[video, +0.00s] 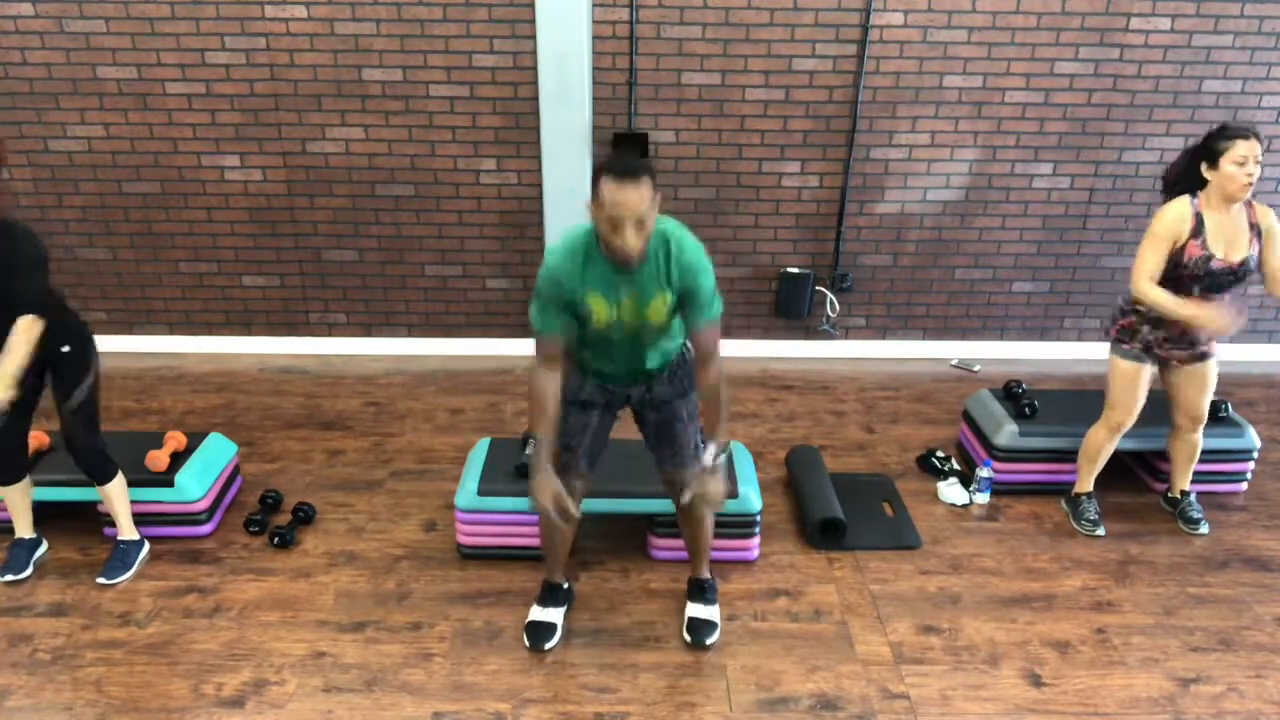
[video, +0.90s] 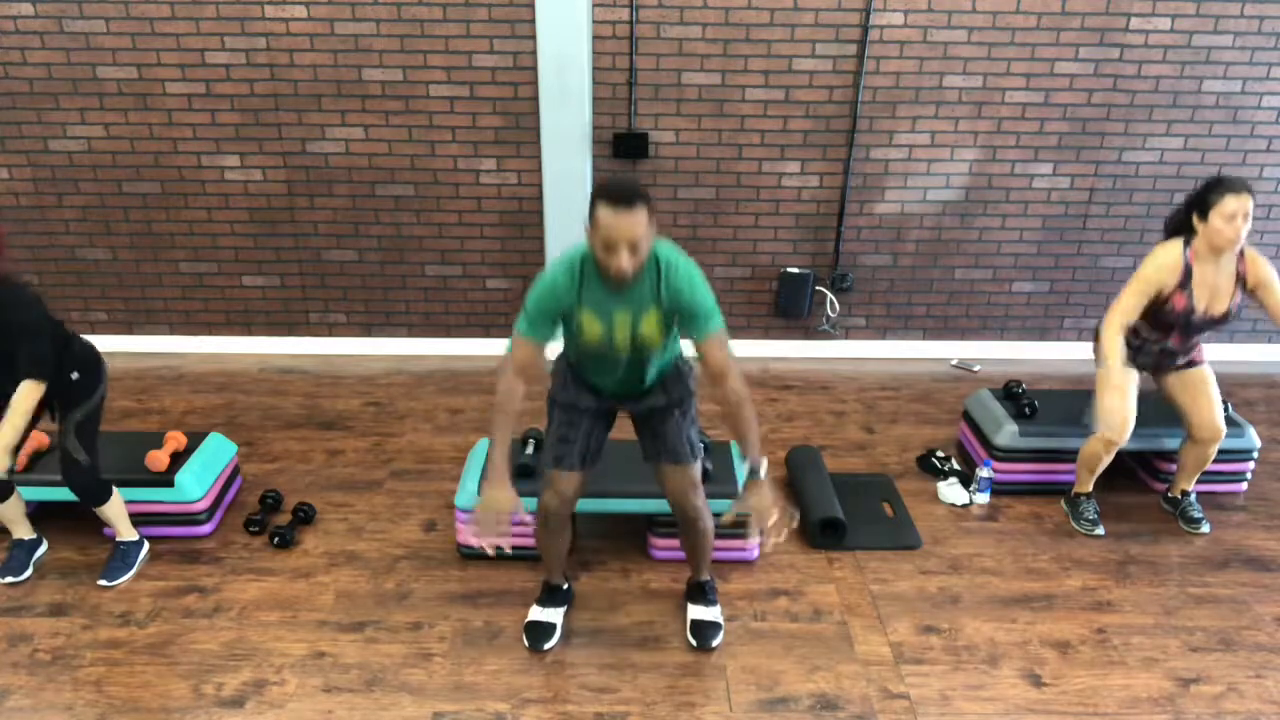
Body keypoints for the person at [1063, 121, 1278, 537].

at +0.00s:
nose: (1252, 172)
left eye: (1256, 163)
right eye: (1241, 163)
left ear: (1260, 167)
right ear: (1208, 170)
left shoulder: (1262, 220)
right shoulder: (1177, 214)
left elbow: (1275, 286)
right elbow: (1141, 284)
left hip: (1198, 330)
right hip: (1145, 323)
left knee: (1192, 421)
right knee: (1119, 418)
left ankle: (1179, 494)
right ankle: (1080, 493)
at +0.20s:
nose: (1250, 218)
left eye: (1253, 208)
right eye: (1238, 208)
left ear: (1258, 214)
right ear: (1206, 218)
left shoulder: (1258, 256)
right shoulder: (1175, 251)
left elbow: (1277, 303)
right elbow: (1169, 325)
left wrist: (1267, 277)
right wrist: (1234, 289)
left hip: (1178, 337)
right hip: (1124, 328)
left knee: (1201, 422)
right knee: (1114, 420)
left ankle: (1179, 493)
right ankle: (1079, 493)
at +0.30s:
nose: (1242, 248)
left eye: (1247, 238)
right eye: (1230, 239)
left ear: (1252, 244)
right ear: (1198, 246)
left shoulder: (1250, 282)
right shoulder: (1169, 276)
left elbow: (1277, 337)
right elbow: (1169, 348)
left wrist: (1269, 300)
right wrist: (1233, 304)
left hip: (1175, 351)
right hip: (1116, 343)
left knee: (1207, 428)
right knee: (1115, 426)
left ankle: (1179, 493)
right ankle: (1080, 494)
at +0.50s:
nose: (1228, 293)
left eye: (1233, 283)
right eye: (1218, 284)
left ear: (1239, 285)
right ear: (1188, 288)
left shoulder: (1238, 322)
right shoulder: (1159, 315)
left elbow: (1269, 383)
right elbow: (1159, 388)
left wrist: (1274, 351)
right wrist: (1221, 344)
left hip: (1166, 373)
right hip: (1109, 368)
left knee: (1214, 437)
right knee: (1119, 435)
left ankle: (1179, 494)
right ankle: (1080, 495)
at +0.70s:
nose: (1229, 285)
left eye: (1235, 275)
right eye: (1219, 276)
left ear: (1241, 277)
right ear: (1190, 279)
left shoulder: (1244, 318)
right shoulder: (1160, 307)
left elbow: (1270, 370)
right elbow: (1141, 381)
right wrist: (1213, 384)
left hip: (1173, 372)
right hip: (1110, 363)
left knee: (1213, 437)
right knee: (1119, 435)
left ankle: (1178, 494)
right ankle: (1079, 495)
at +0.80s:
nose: (1234, 258)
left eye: (1240, 248)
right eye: (1224, 249)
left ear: (1246, 252)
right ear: (1195, 252)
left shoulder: (1249, 294)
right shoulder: (1165, 283)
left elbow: (1277, 344)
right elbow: (1125, 356)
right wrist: (1169, 403)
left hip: (1177, 358)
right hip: (1122, 350)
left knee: (1212, 433)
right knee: (1117, 434)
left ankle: (1179, 494)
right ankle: (1079, 494)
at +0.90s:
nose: (1240, 228)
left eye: (1246, 218)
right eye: (1229, 218)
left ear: (1251, 221)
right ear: (1199, 220)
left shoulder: (1253, 266)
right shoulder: (1168, 258)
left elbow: (1278, 313)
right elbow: (1113, 322)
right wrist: (1112, 375)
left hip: (1182, 350)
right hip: (1128, 344)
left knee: (1210, 430)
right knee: (1114, 433)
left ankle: (1179, 494)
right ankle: (1079, 494)